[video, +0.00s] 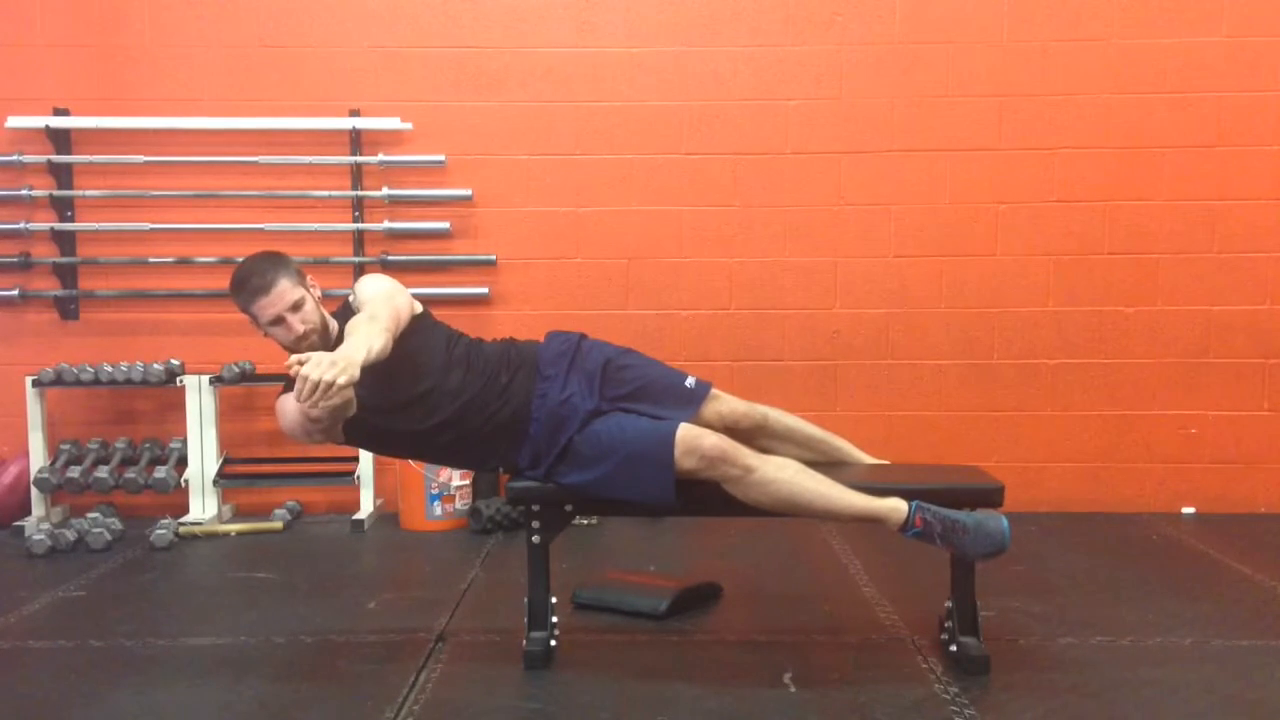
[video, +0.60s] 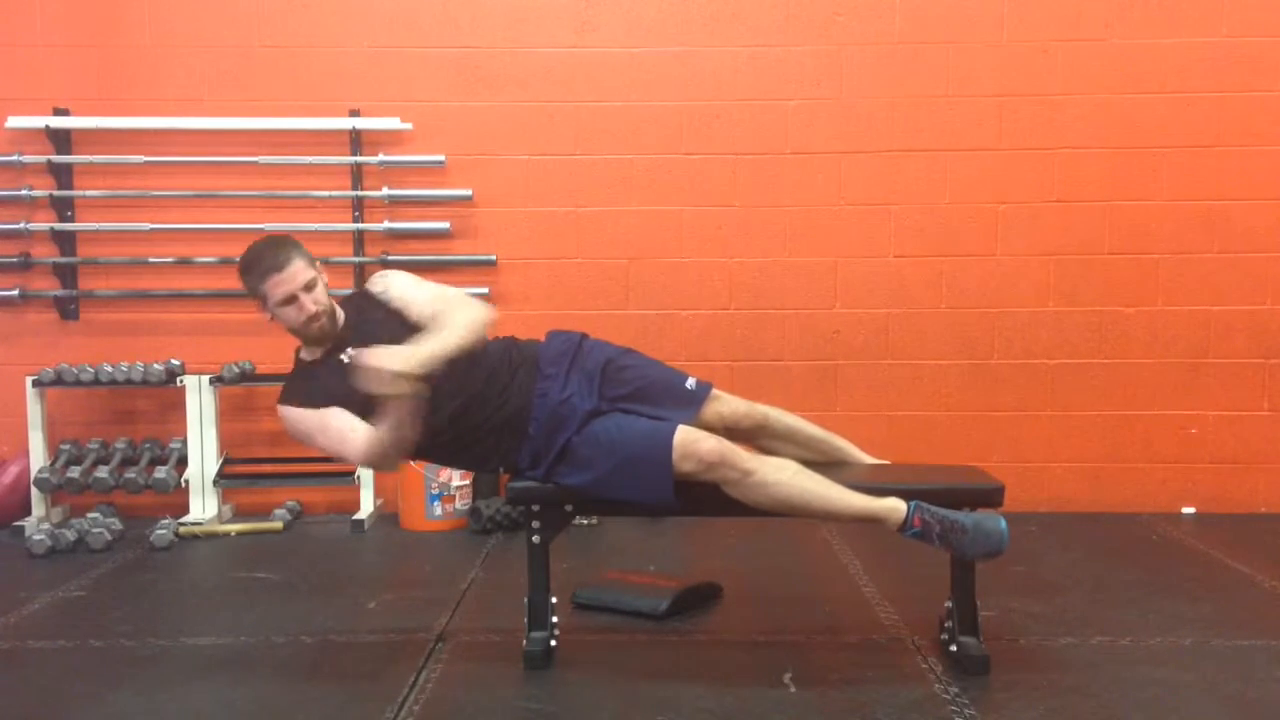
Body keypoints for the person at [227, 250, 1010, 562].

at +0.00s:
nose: (295, 327)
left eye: (294, 307)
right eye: (275, 326)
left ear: (312, 284)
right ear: (260, 337)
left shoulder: (368, 293)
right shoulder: (301, 400)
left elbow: (385, 321)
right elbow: (323, 420)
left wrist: (345, 360)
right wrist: (328, 399)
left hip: (568, 365)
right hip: (548, 446)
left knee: (737, 415)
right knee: (708, 454)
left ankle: (909, 491)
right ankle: (912, 520)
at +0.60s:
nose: (308, 305)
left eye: (309, 287)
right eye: (287, 303)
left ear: (324, 274)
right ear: (268, 318)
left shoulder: (376, 291)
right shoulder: (306, 399)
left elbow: (469, 315)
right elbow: (384, 452)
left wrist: (406, 362)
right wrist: (403, 374)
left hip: (566, 363)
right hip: (541, 442)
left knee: (739, 416)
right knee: (720, 461)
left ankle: (900, 483)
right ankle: (906, 520)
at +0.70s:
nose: (325, 295)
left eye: (327, 277)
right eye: (302, 294)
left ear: (339, 263)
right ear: (279, 307)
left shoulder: (393, 287)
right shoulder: (312, 392)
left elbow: (520, 333)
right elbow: (396, 450)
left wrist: (475, 393)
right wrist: (476, 379)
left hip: (582, 364)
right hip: (547, 443)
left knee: (748, 418)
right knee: (721, 465)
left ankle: (904, 487)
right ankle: (911, 523)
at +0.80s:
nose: (359, 265)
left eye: (361, 247)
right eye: (338, 259)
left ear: (368, 238)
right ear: (302, 271)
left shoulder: (414, 276)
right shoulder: (319, 375)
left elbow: (535, 297)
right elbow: (419, 435)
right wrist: (512, 410)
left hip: (580, 365)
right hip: (543, 444)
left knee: (748, 416)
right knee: (717, 460)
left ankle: (892, 480)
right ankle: (915, 523)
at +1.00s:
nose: (433, 211)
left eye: (430, 198)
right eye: (417, 201)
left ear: (418, 198)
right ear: (369, 209)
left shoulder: (451, 249)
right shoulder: (344, 322)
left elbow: (561, 274)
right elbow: (443, 399)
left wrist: (667, 288)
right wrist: (564, 389)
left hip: (583, 367)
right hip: (547, 434)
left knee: (755, 420)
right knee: (713, 461)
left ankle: (890, 498)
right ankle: (914, 522)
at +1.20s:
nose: (521, 180)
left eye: (523, 165)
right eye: (511, 165)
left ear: (491, 161)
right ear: (463, 160)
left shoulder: (507, 233)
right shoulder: (409, 263)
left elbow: (595, 285)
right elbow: (500, 356)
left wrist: (686, 306)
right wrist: (622, 389)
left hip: (602, 367)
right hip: (555, 426)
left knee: (767, 420)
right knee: (710, 462)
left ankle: (872, 508)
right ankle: (904, 522)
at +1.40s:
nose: (597, 171)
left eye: (601, 157)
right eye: (592, 153)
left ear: (564, 148)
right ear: (547, 142)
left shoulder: (565, 231)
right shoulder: (478, 238)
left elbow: (640, 306)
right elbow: (562, 344)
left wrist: (738, 339)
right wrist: (668, 401)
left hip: (623, 377)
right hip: (572, 421)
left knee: (777, 417)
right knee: (713, 464)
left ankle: (785, 539)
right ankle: (892, 557)